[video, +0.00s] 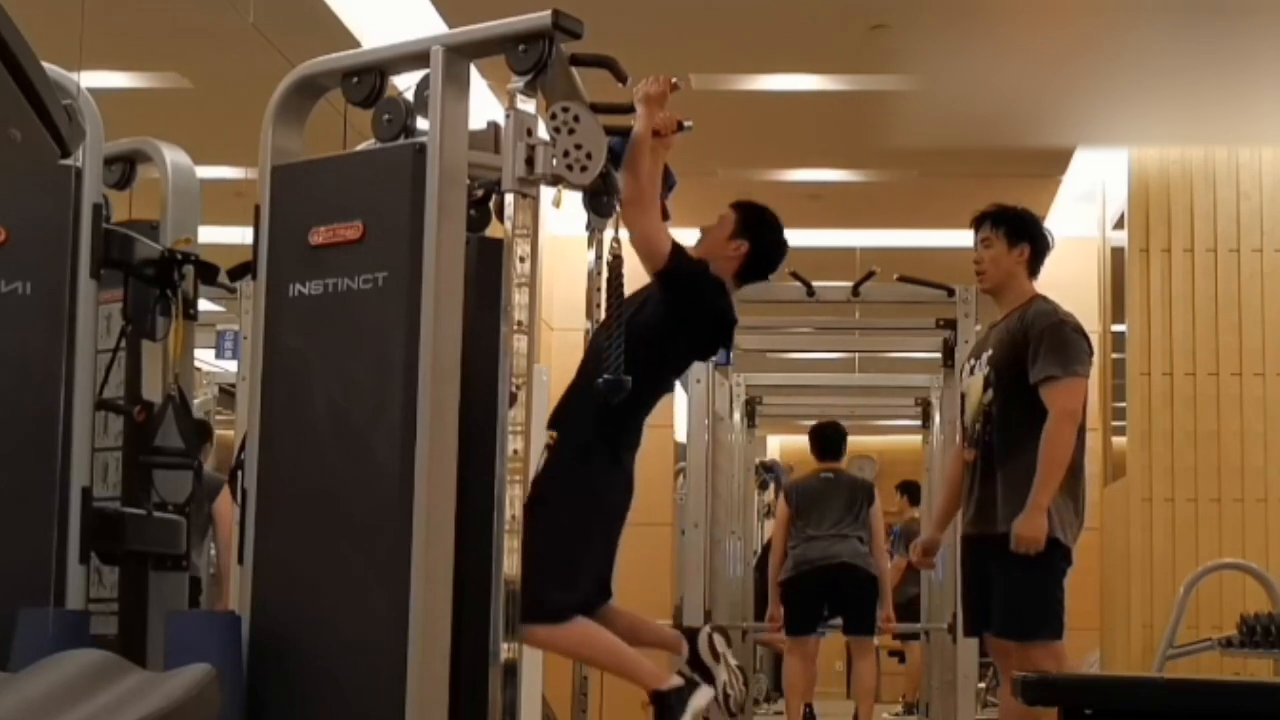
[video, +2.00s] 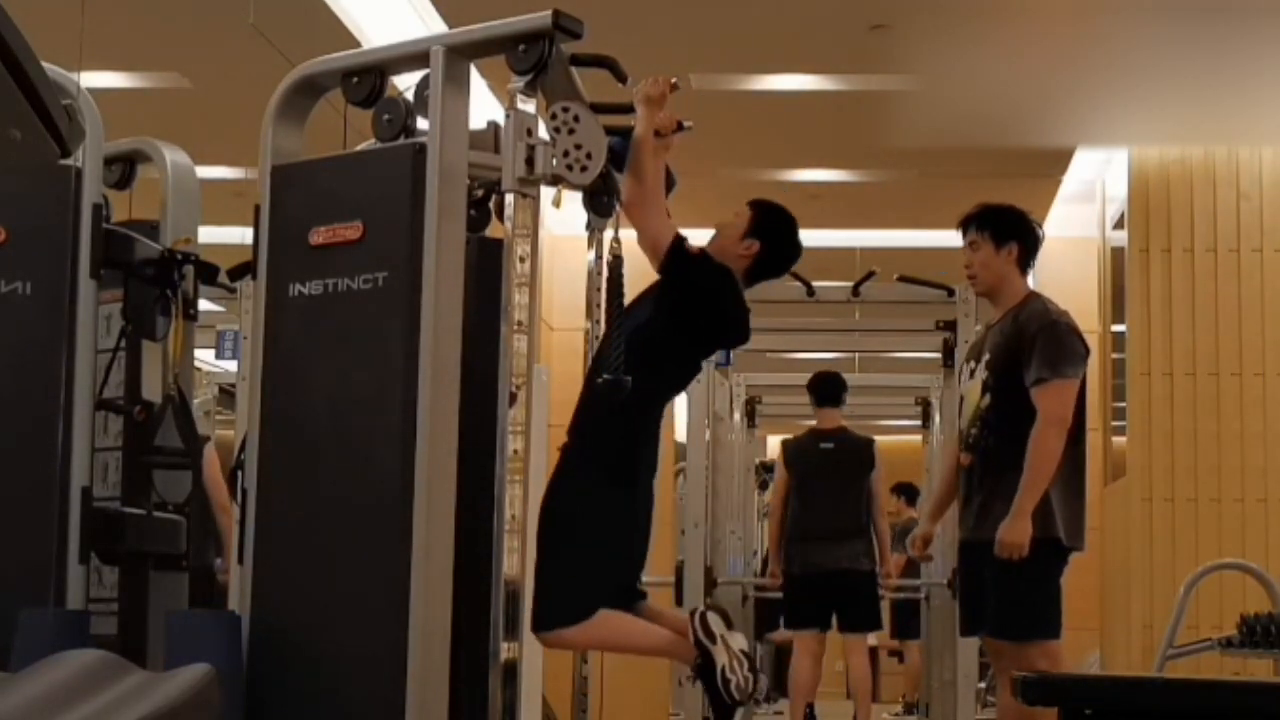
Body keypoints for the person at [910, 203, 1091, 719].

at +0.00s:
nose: (976, 257)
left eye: (988, 246)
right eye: (976, 248)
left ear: (1023, 254)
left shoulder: (1051, 325)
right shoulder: (984, 343)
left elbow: (1067, 416)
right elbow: (968, 445)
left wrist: (1038, 508)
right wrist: (935, 529)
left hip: (1031, 525)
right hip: (987, 526)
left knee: (1041, 659)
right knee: (1004, 656)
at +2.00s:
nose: (965, 262)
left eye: (975, 248)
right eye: (964, 251)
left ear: (1011, 252)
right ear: (998, 256)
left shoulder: (1047, 325)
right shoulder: (986, 341)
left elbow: (1055, 425)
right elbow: (967, 441)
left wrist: (1022, 512)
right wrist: (930, 519)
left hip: (1028, 529)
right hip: (987, 528)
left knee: (1038, 668)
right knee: (1003, 663)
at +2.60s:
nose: (973, 256)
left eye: (985, 243)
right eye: (973, 245)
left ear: (1020, 250)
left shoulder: (1046, 324)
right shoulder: (995, 336)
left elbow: (1053, 421)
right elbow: (972, 438)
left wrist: (1007, 507)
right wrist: (933, 516)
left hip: (1031, 524)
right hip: (993, 523)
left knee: (1040, 666)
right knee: (1005, 661)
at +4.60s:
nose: (990, 245)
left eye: (1002, 234)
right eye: (991, 234)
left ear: (1039, 244)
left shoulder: (1062, 322)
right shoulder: (997, 333)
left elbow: (1073, 417)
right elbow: (972, 432)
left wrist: (1027, 504)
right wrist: (926, 506)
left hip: (1038, 524)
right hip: (993, 522)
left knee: (1044, 663)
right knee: (1004, 659)